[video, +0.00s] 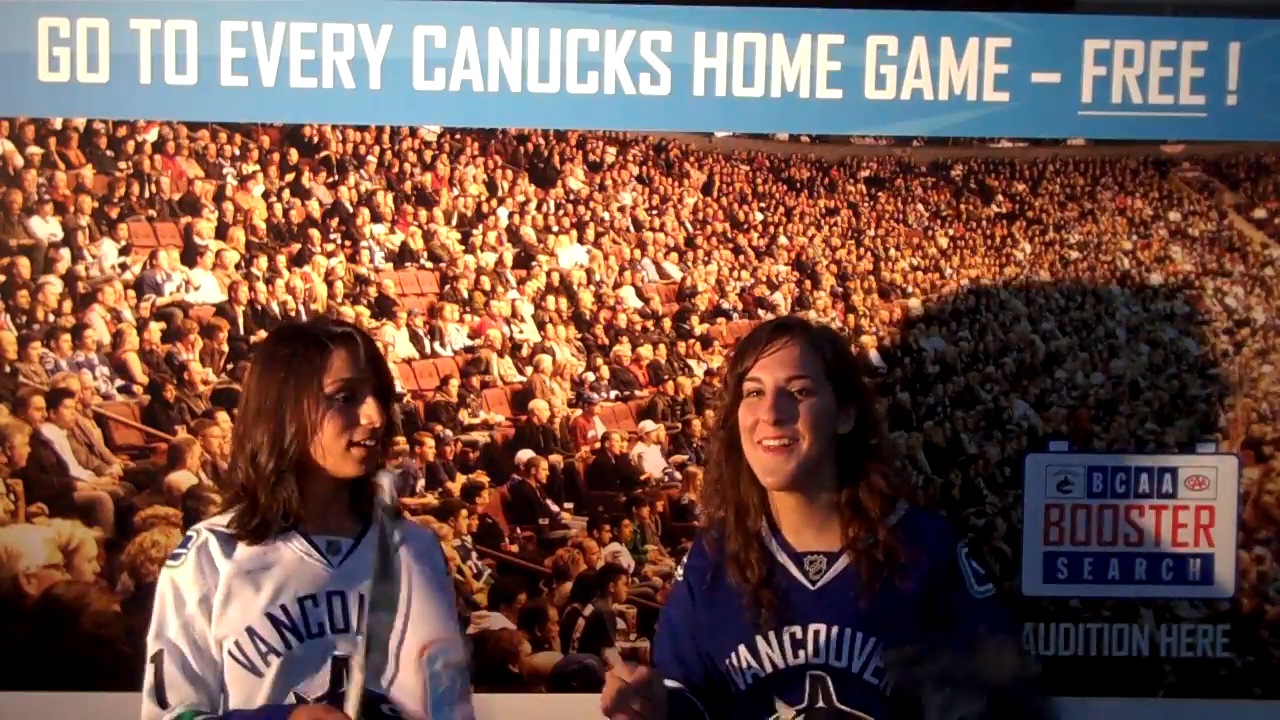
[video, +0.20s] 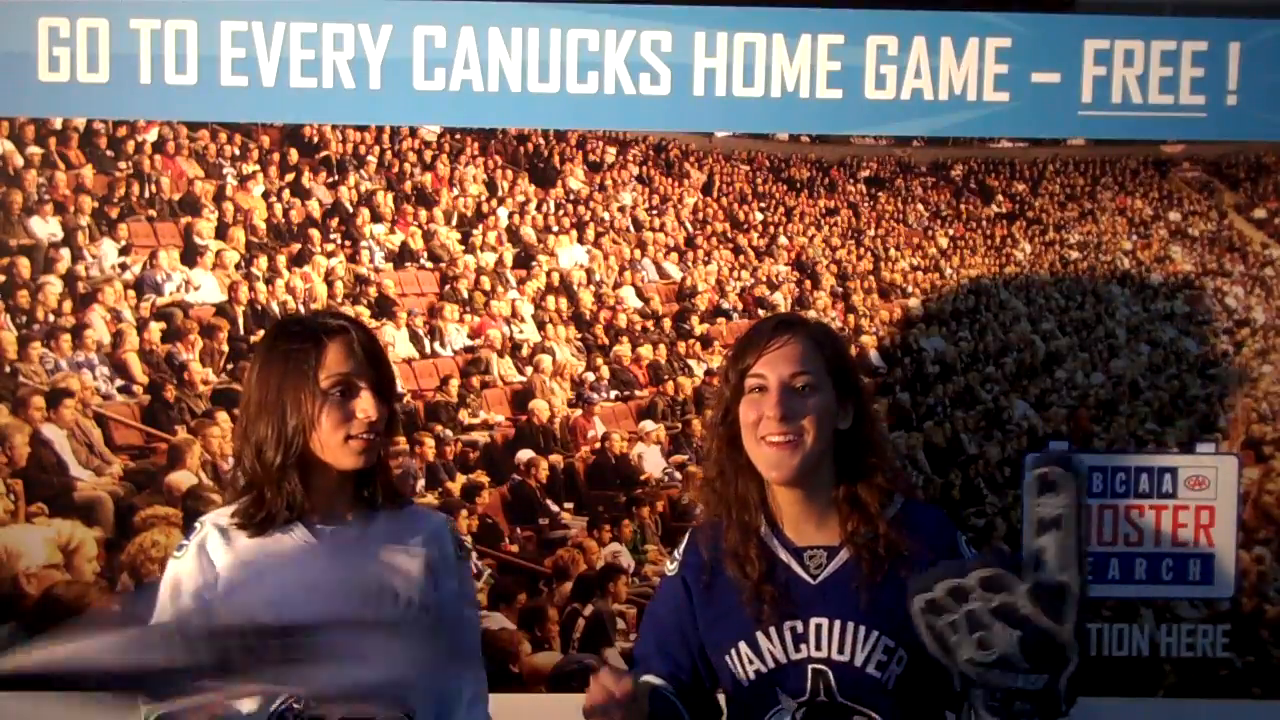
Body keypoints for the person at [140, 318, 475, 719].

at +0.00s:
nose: (375, 416)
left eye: (377, 395)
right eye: (344, 397)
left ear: (388, 401)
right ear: (284, 413)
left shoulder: (414, 552)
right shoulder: (206, 563)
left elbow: (443, 707)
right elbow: (173, 711)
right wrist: (293, 714)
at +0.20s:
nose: (373, 410)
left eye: (376, 388)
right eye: (342, 392)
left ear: (387, 394)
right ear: (285, 410)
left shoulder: (431, 540)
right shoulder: (215, 551)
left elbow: (465, 703)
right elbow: (167, 703)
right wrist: (277, 708)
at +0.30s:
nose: (376, 412)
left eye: (379, 391)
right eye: (344, 394)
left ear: (393, 400)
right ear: (290, 416)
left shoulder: (439, 543)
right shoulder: (221, 553)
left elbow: (465, 704)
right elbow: (186, 701)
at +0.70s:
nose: (409, 396)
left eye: (411, 376)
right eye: (378, 379)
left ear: (424, 386)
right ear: (319, 403)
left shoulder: (466, 542)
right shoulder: (242, 558)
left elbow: (480, 705)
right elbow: (209, 707)